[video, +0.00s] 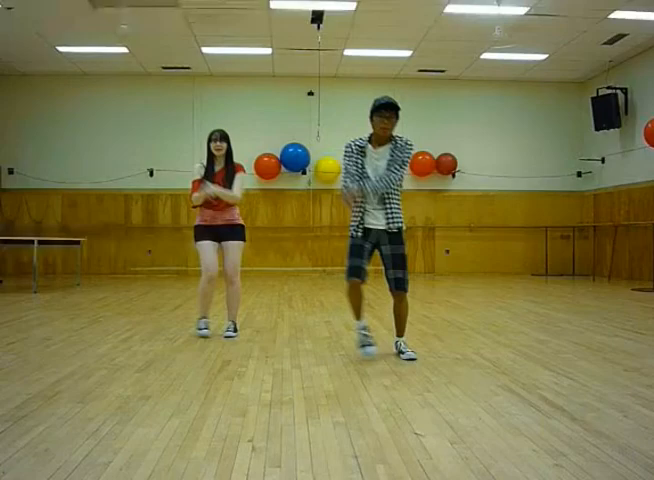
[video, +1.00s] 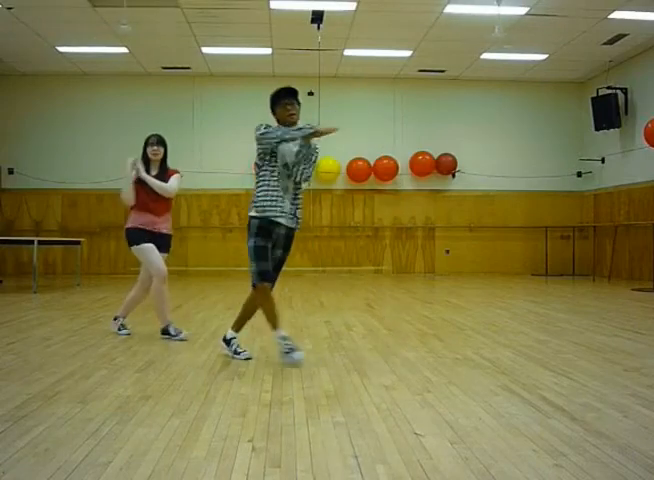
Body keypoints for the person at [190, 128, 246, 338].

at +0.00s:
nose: (218, 145)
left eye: (222, 141)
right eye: (214, 141)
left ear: (228, 145)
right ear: (209, 145)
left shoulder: (237, 169)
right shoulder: (201, 170)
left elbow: (236, 197)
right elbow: (194, 200)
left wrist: (214, 190)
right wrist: (205, 192)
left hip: (231, 223)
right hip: (205, 223)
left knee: (231, 274)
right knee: (210, 272)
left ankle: (232, 322)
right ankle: (203, 318)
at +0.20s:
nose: (208, 142)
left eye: (212, 138)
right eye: (204, 139)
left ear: (219, 141)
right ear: (199, 142)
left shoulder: (229, 161)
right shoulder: (196, 165)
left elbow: (221, 176)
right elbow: (192, 197)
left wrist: (193, 164)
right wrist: (189, 172)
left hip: (226, 220)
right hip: (200, 219)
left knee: (228, 274)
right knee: (197, 272)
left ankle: (231, 322)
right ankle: (182, 321)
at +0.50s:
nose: (185, 149)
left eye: (190, 145)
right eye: (181, 145)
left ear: (196, 149)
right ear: (176, 150)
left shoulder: (206, 168)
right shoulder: (171, 177)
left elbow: (209, 185)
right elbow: (174, 197)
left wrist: (190, 164)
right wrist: (184, 170)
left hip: (204, 227)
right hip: (177, 227)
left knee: (214, 277)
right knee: (183, 277)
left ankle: (230, 322)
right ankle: (176, 325)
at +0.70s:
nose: (173, 150)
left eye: (176, 146)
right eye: (169, 147)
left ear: (183, 149)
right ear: (163, 150)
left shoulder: (189, 173)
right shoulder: (156, 171)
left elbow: (196, 205)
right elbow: (163, 191)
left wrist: (189, 179)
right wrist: (186, 174)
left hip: (187, 226)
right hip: (162, 227)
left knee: (202, 276)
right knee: (177, 275)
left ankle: (202, 320)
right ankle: (176, 325)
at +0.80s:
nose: (166, 147)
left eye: (170, 143)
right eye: (162, 143)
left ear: (176, 146)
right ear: (157, 147)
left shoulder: (182, 171)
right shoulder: (150, 169)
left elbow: (189, 200)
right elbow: (154, 186)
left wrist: (177, 175)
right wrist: (175, 168)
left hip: (179, 225)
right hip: (155, 225)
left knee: (189, 275)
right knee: (172, 274)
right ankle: (174, 324)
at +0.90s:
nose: (160, 146)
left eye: (164, 142)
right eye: (156, 143)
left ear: (170, 146)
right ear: (149, 147)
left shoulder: (177, 171)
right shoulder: (141, 169)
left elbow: (180, 193)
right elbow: (141, 190)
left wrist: (159, 170)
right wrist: (151, 164)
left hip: (171, 226)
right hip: (147, 224)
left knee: (166, 278)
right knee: (164, 274)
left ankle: (132, 312)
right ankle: (173, 325)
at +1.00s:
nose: (155, 149)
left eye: (159, 146)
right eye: (151, 146)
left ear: (165, 150)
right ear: (145, 150)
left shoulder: (172, 174)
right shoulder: (138, 173)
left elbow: (170, 192)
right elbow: (128, 201)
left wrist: (144, 176)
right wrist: (130, 176)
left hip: (162, 230)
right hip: (138, 228)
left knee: (144, 283)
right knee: (160, 272)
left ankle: (119, 319)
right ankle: (166, 326)